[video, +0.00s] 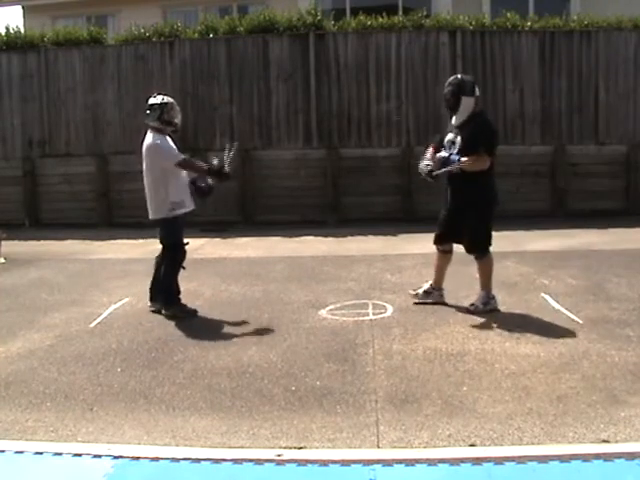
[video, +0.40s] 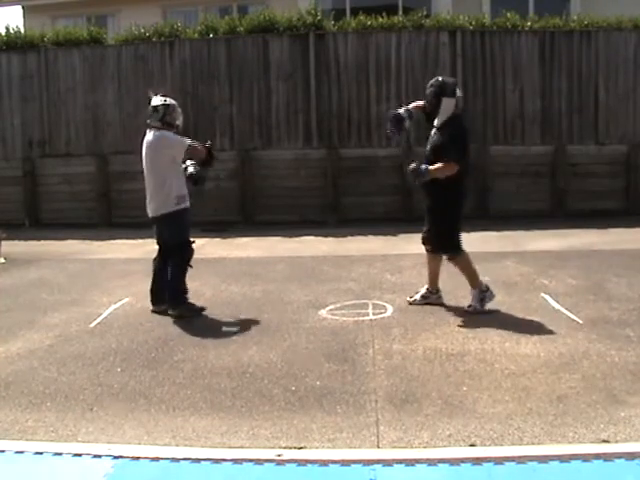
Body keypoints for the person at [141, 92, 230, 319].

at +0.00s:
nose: (175, 118)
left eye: (175, 113)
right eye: (171, 113)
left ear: (153, 116)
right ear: (163, 115)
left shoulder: (159, 139)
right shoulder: (157, 143)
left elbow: (174, 169)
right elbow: (183, 164)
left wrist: (196, 179)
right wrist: (213, 171)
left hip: (171, 207)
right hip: (167, 209)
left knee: (169, 251)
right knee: (174, 253)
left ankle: (158, 297)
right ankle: (170, 302)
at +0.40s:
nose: (177, 120)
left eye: (176, 116)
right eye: (174, 116)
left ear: (154, 116)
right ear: (168, 117)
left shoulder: (150, 138)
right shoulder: (165, 138)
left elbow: (166, 167)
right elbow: (200, 152)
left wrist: (186, 167)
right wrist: (204, 151)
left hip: (159, 206)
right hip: (173, 206)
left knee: (166, 251)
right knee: (181, 251)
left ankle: (160, 299)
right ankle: (177, 301)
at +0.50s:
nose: (177, 119)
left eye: (177, 116)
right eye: (176, 115)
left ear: (156, 115)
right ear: (168, 115)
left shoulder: (151, 138)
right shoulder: (162, 134)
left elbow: (162, 171)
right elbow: (193, 123)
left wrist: (184, 176)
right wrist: (213, 127)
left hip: (162, 206)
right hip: (172, 205)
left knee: (165, 253)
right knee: (186, 252)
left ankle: (159, 299)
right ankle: (190, 302)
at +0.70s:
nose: (184, 118)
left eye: (183, 113)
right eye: (180, 113)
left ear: (161, 113)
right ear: (169, 113)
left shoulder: (161, 135)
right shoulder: (163, 132)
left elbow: (183, 108)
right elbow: (179, 107)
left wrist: (201, 91)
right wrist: (202, 87)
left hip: (171, 202)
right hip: (177, 201)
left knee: (170, 252)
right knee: (190, 251)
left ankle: (160, 298)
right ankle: (192, 302)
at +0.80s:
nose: (181, 118)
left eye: (181, 113)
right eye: (177, 113)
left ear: (163, 114)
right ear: (167, 113)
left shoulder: (163, 135)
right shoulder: (163, 133)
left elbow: (183, 110)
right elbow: (180, 109)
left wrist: (199, 91)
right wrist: (199, 88)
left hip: (172, 202)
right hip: (178, 202)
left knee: (172, 252)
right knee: (192, 252)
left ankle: (162, 298)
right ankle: (193, 302)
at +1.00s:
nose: (181, 119)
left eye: (180, 115)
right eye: (178, 115)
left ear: (158, 116)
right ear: (170, 116)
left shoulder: (152, 139)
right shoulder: (163, 137)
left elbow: (165, 168)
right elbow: (185, 133)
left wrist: (187, 170)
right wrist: (210, 119)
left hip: (163, 206)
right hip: (177, 205)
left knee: (170, 252)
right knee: (189, 252)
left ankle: (164, 299)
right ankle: (193, 302)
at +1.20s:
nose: (178, 120)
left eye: (177, 116)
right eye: (175, 116)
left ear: (153, 116)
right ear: (168, 117)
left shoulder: (139, 143)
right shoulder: (170, 142)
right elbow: (193, 162)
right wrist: (218, 165)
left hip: (153, 204)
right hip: (173, 203)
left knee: (163, 249)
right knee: (176, 250)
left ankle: (161, 292)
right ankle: (168, 299)